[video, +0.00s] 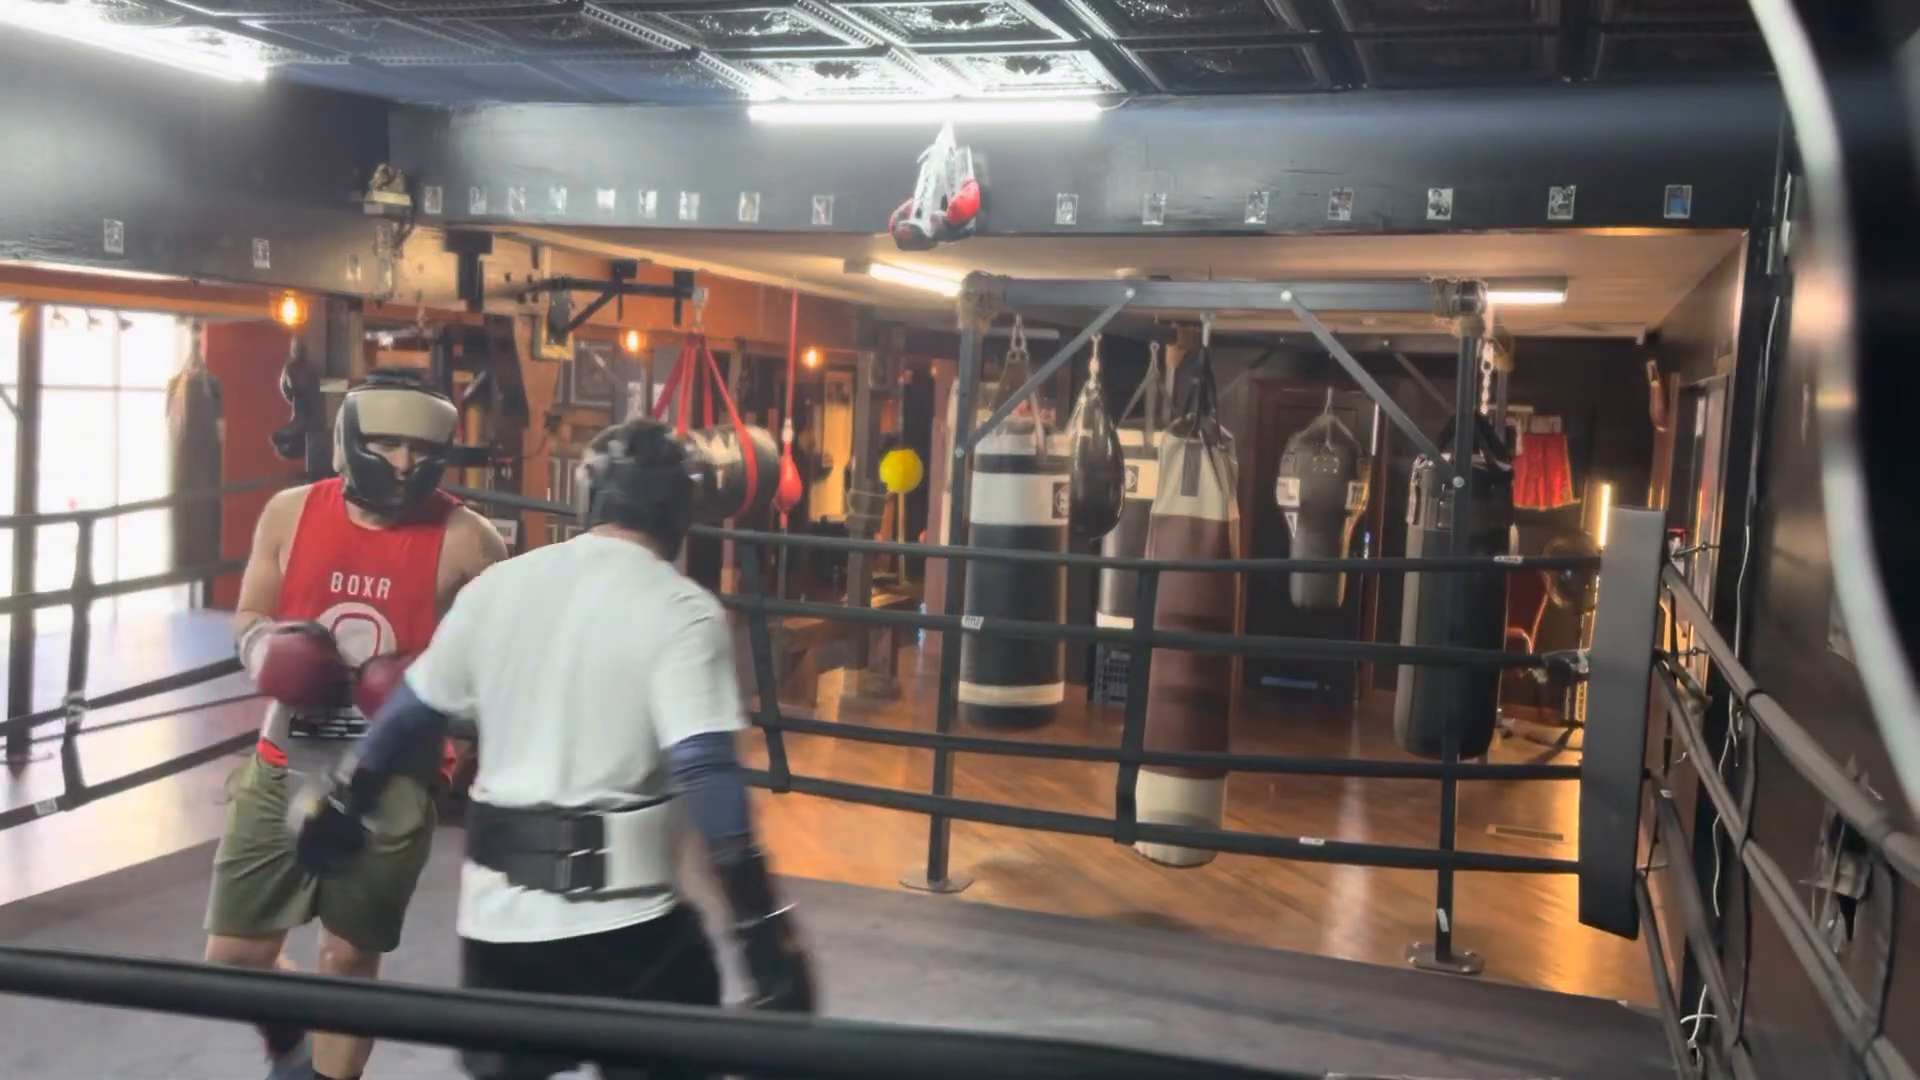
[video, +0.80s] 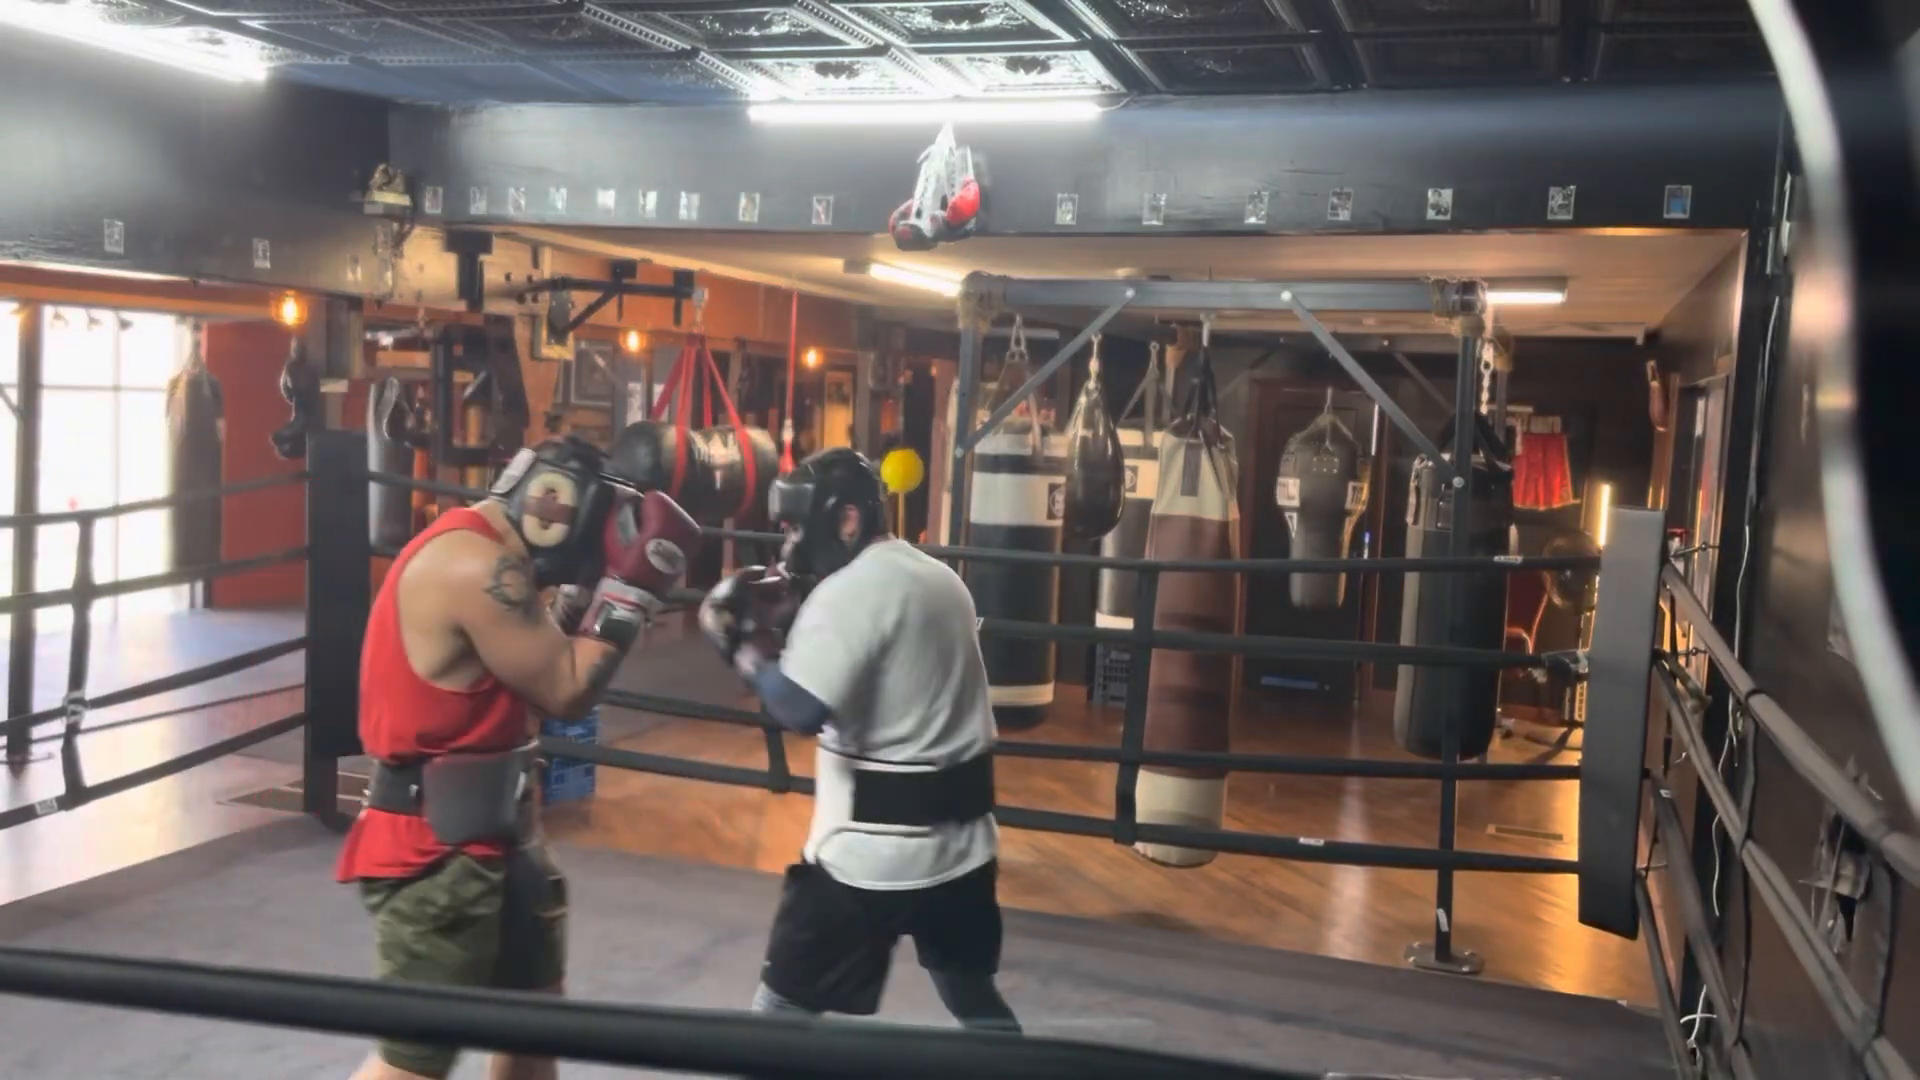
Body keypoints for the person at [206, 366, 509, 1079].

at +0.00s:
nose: (406, 466)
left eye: (424, 452)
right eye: (389, 448)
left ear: (441, 457)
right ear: (351, 446)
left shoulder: (467, 540)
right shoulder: (290, 513)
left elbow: (499, 665)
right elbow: (251, 624)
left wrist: (420, 687)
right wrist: (273, 650)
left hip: (390, 775)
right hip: (281, 763)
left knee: (344, 964)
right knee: (232, 958)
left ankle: (333, 1071)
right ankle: (295, 1040)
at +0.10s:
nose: (430, 482)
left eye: (443, 465)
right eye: (411, 463)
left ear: (455, 464)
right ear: (363, 456)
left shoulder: (474, 536)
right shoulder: (279, 515)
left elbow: (520, 658)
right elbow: (218, 639)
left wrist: (498, 617)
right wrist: (299, 619)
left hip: (400, 784)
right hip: (281, 772)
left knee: (351, 971)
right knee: (250, 978)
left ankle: (339, 1073)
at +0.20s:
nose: (440, 495)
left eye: (451, 479)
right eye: (424, 478)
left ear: (462, 468)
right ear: (374, 461)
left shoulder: (460, 537)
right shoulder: (277, 520)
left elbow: (514, 654)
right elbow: (229, 659)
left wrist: (524, 580)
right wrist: (328, 602)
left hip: (407, 795)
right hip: (288, 793)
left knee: (356, 988)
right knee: (257, 1007)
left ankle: (340, 1075)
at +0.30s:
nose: (428, 505)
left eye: (440, 490)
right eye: (420, 487)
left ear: (450, 489)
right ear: (376, 469)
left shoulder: (430, 542)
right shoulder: (280, 538)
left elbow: (485, 658)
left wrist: (512, 550)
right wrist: (412, 554)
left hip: (414, 816)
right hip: (306, 821)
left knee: (369, 1024)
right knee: (286, 1035)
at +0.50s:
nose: (444, 508)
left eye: (462, 496)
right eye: (430, 479)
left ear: (480, 498)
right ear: (405, 466)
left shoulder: (433, 542)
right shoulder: (324, 548)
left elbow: (461, 678)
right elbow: (436, 669)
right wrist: (500, 566)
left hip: (426, 807)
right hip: (333, 824)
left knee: (467, 994)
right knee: (324, 1047)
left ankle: (383, 1073)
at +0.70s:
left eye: (547, 501)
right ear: (502, 486)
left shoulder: (449, 538)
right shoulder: (431, 556)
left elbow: (509, 658)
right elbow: (535, 674)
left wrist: (556, 576)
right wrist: (592, 571)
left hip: (456, 820)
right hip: (388, 832)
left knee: (494, 1010)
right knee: (358, 1045)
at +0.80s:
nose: (556, 512)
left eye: (574, 503)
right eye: (548, 493)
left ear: (595, 516)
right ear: (515, 484)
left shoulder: (490, 547)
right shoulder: (476, 565)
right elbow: (566, 688)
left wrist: (572, 602)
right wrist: (633, 593)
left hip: (493, 824)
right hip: (435, 836)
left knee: (533, 1024)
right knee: (415, 1052)